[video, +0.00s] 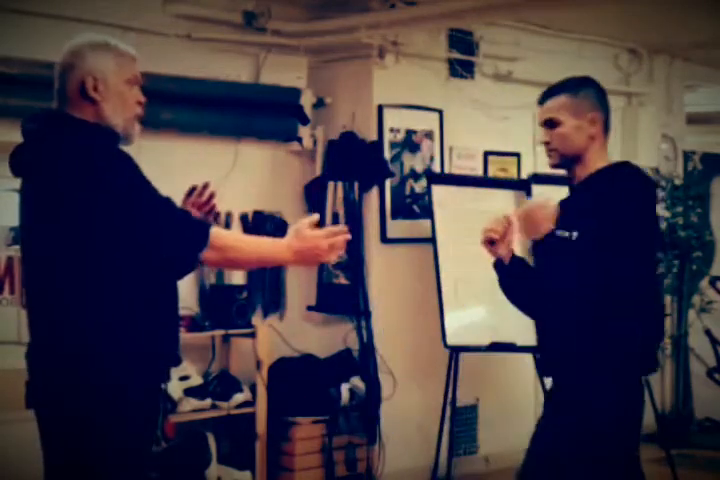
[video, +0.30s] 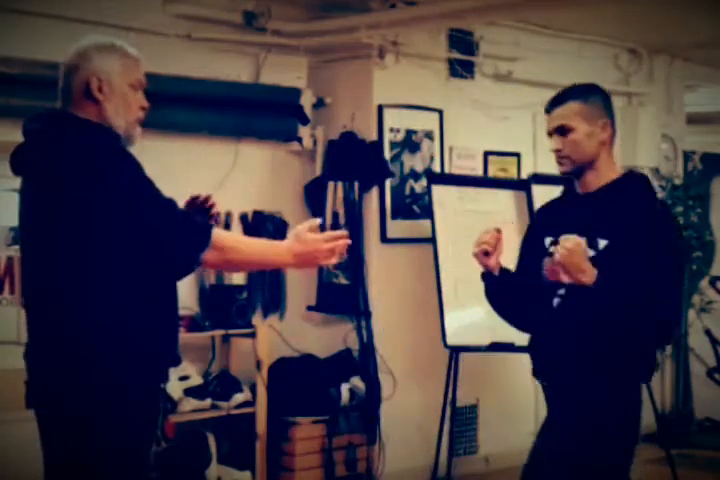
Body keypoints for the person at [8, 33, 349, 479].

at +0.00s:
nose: (142, 99)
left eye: (141, 87)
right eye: (133, 84)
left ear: (92, 89)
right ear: (93, 88)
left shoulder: (51, 157)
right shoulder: (93, 160)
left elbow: (113, 253)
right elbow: (191, 245)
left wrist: (178, 226)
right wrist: (290, 249)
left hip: (69, 379)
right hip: (110, 385)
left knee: (76, 471)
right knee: (117, 471)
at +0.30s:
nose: (145, 104)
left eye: (143, 91)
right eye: (137, 88)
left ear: (96, 90)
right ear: (98, 89)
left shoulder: (52, 153)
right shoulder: (93, 155)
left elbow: (115, 246)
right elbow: (188, 244)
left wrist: (180, 223)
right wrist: (290, 253)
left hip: (68, 376)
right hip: (110, 383)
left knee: (76, 472)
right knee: (116, 471)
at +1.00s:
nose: (180, 136)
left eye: (184, 125)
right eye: (178, 119)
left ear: (141, 100)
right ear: (144, 102)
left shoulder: (69, 157)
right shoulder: (126, 162)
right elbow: (203, 268)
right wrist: (291, 327)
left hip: (65, 382)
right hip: (114, 389)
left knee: (69, 472)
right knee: (116, 472)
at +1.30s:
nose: (177, 126)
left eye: (180, 114)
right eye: (173, 109)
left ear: (133, 97)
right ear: (137, 97)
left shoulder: (67, 156)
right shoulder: (123, 162)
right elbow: (205, 265)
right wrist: (293, 308)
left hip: (66, 377)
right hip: (115, 386)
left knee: (70, 471)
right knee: (117, 471)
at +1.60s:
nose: (170, 101)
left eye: (167, 89)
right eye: (162, 87)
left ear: (119, 91)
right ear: (123, 91)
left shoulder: (64, 161)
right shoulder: (124, 164)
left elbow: (110, 274)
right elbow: (174, 276)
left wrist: (181, 324)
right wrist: (253, 335)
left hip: (69, 370)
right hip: (116, 379)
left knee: (74, 470)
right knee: (120, 470)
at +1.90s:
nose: (166, 102)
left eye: (163, 89)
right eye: (157, 87)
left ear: (119, 92)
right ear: (119, 91)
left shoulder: (71, 156)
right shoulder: (114, 163)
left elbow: (188, 242)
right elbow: (203, 262)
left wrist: (281, 262)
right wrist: (295, 277)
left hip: (75, 386)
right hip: (113, 395)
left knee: (78, 472)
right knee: (120, 471)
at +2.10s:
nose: (167, 109)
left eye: (166, 96)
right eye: (160, 93)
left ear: (121, 91)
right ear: (122, 90)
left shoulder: (66, 157)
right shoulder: (116, 157)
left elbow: (100, 277)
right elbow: (212, 246)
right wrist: (305, 240)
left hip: (71, 377)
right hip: (116, 387)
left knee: (78, 471)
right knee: (122, 470)